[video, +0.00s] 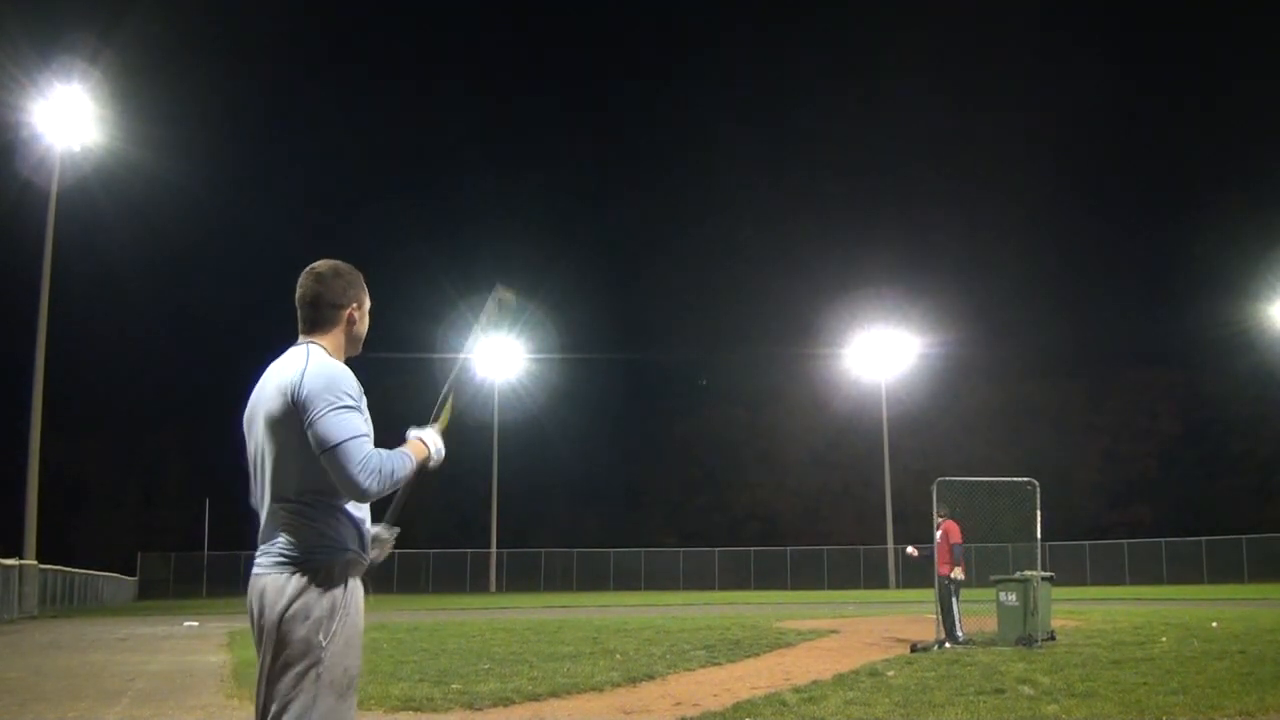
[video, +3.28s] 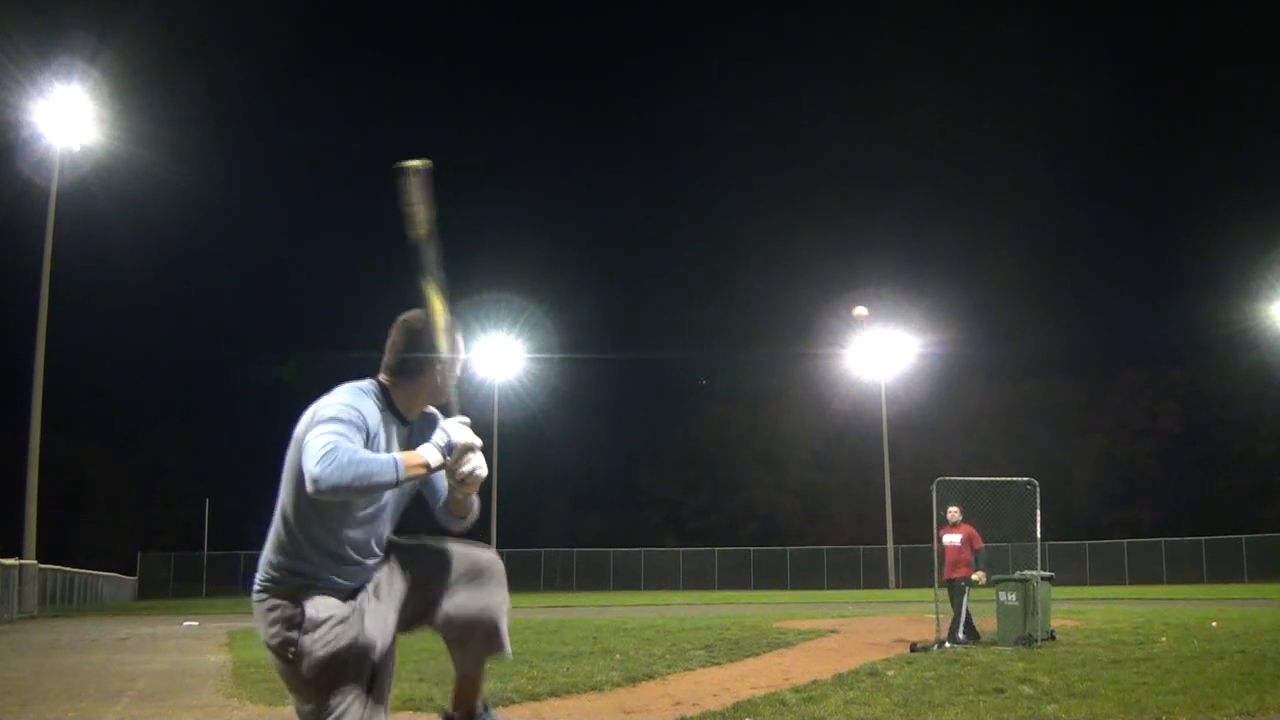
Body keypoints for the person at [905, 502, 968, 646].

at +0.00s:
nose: (933, 517)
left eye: (934, 514)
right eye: (933, 515)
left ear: (939, 514)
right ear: (940, 514)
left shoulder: (950, 526)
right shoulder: (940, 529)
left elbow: (956, 546)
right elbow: (937, 550)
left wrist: (957, 566)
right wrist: (918, 552)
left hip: (949, 573)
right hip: (941, 574)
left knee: (951, 605)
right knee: (944, 606)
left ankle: (956, 636)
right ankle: (949, 636)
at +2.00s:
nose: (927, 517)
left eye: (930, 514)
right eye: (925, 515)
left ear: (937, 514)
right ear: (925, 518)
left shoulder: (946, 526)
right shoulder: (931, 532)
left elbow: (955, 544)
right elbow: (930, 554)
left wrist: (958, 562)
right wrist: (919, 568)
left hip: (949, 573)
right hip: (939, 574)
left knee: (950, 605)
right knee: (941, 606)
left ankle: (954, 635)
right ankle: (946, 635)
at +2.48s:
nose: (929, 518)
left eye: (931, 515)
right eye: (926, 516)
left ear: (938, 515)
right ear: (925, 519)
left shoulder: (952, 526)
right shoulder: (926, 536)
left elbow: (969, 540)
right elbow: (928, 557)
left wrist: (974, 557)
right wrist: (926, 573)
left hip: (957, 571)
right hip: (942, 575)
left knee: (955, 606)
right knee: (944, 607)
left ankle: (953, 637)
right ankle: (948, 636)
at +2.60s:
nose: (930, 517)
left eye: (932, 514)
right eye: (928, 515)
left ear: (939, 515)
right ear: (927, 519)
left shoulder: (954, 526)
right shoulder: (930, 532)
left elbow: (970, 539)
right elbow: (920, 529)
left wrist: (973, 553)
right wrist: (918, 516)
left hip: (958, 572)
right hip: (943, 575)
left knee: (955, 606)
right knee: (945, 607)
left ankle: (954, 636)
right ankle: (948, 636)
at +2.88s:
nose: (943, 511)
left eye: (945, 509)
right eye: (939, 509)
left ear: (951, 512)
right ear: (936, 513)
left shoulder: (961, 526)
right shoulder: (934, 527)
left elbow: (974, 542)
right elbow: (924, 534)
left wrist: (974, 558)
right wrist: (919, 524)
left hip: (958, 572)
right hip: (942, 574)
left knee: (955, 605)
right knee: (943, 606)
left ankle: (953, 637)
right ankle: (950, 634)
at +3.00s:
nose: (948, 511)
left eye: (950, 509)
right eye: (945, 509)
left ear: (956, 512)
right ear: (941, 512)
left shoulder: (965, 528)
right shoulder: (934, 530)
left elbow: (975, 547)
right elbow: (928, 549)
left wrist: (976, 565)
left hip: (959, 572)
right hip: (942, 573)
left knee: (955, 604)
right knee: (943, 604)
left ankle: (952, 636)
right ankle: (960, 625)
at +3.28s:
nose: (952, 514)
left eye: (955, 512)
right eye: (950, 512)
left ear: (961, 515)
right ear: (946, 515)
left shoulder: (968, 530)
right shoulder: (943, 532)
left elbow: (980, 550)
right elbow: (942, 554)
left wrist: (980, 570)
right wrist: (941, 573)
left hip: (963, 573)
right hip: (949, 574)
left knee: (960, 606)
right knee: (957, 606)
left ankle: (954, 637)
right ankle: (972, 632)